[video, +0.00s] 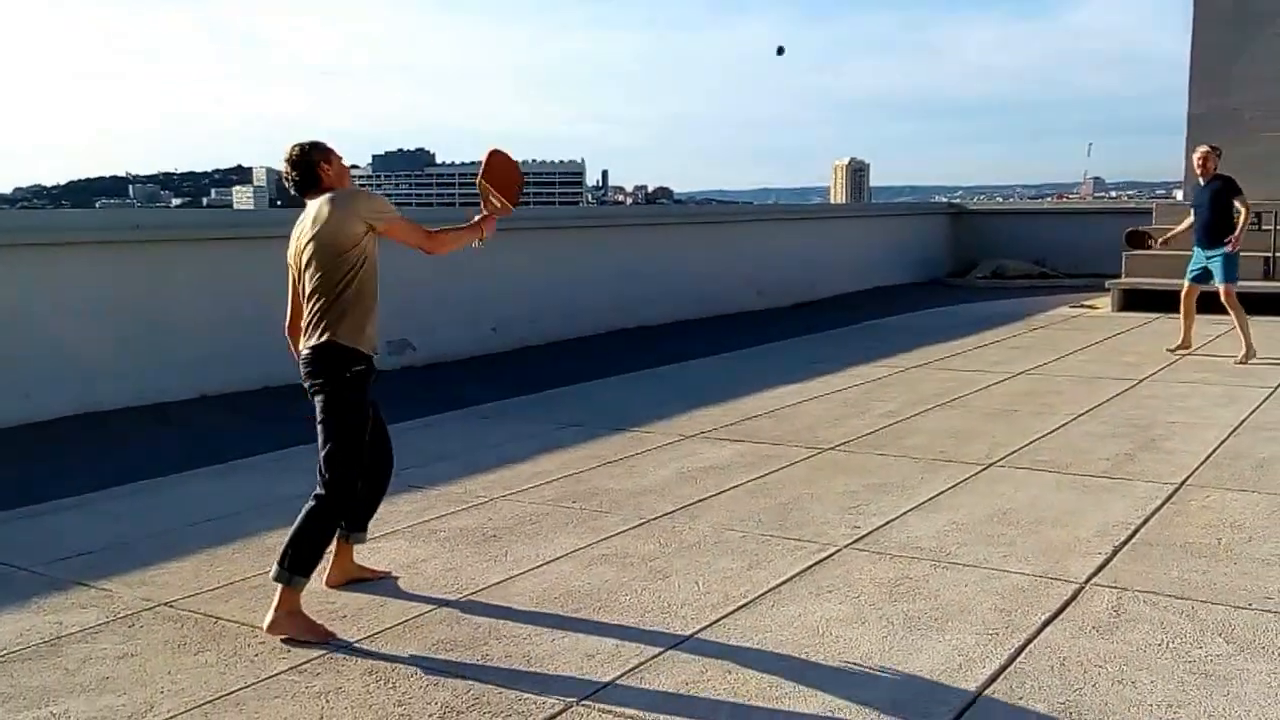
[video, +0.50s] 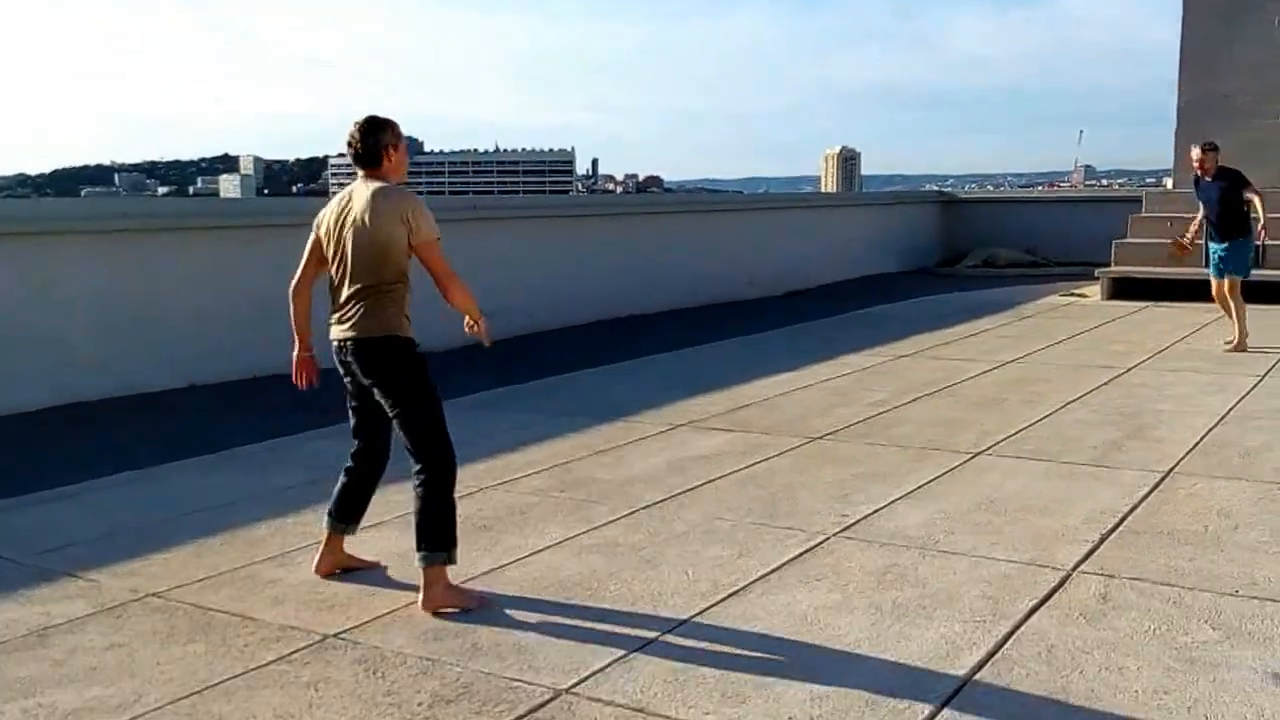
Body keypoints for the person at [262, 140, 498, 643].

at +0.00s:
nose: (346, 163)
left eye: (339, 157)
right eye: (338, 158)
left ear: (309, 178)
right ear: (326, 169)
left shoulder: (302, 229)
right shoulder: (355, 202)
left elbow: (294, 324)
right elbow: (430, 242)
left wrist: (316, 372)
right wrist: (479, 229)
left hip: (322, 361)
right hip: (343, 359)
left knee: (375, 458)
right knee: (336, 485)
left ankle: (343, 563)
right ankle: (284, 608)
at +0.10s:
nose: (358, 163)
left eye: (351, 156)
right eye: (351, 157)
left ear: (314, 180)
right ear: (343, 167)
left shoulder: (303, 232)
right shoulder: (371, 203)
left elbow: (283, 315)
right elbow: (426, 264)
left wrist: (283, 374)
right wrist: (461, 263)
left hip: (322, 356)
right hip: (351, 355)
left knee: (369, 454)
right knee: (343, 471)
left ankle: (340, 559)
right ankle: (297, 602)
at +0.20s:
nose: (372, 163)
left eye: (366, 156)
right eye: (368, 157)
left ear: (330, 174)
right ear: (357, 164)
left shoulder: (311, 224)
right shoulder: (384, 205)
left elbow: (280, 304)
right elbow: (425, 274)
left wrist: (267, 368)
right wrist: (442, 291)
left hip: (322, 346)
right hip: (355, 346)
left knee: (354, 459)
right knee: (364, 469)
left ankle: (338, 556)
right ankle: (336, 599)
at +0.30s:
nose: (388, 164)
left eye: (384, 155)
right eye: (384, 157)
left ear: (341, 169)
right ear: (373, 162)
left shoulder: (319, 218)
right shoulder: (393, 207)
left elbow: (283, 293)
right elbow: (427, 277)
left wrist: (270, 357)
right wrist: (446, 308)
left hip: (324, 344)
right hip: (363, 345)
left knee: (352, 453)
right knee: (395, 465)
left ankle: (335, 556)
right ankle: (388, 589)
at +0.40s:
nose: (398, 167)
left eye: (395, 158)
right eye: (395, 159)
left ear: (351, 167)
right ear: (382, 164)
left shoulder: (326, 217)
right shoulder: (399, 208)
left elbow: (291, 292)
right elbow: (435, 282)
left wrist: (283, 356)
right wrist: (459, 317)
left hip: (330, 349)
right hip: (368, 348)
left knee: (367, 451)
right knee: (424, 456)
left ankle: (333, 554)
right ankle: (429, 583)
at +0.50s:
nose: (408, 156)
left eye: (404, 147)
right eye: (403, 147)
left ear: (359, 157)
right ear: (389, 153)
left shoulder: (332, 210)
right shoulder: (404, 203)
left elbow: (300, 286)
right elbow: (447, 282)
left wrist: (302, 344)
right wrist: (473, 313)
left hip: (346, 347)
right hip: (389, 346)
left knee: (369, 450)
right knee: (435, 457)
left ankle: (332, 551)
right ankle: (436, 585)